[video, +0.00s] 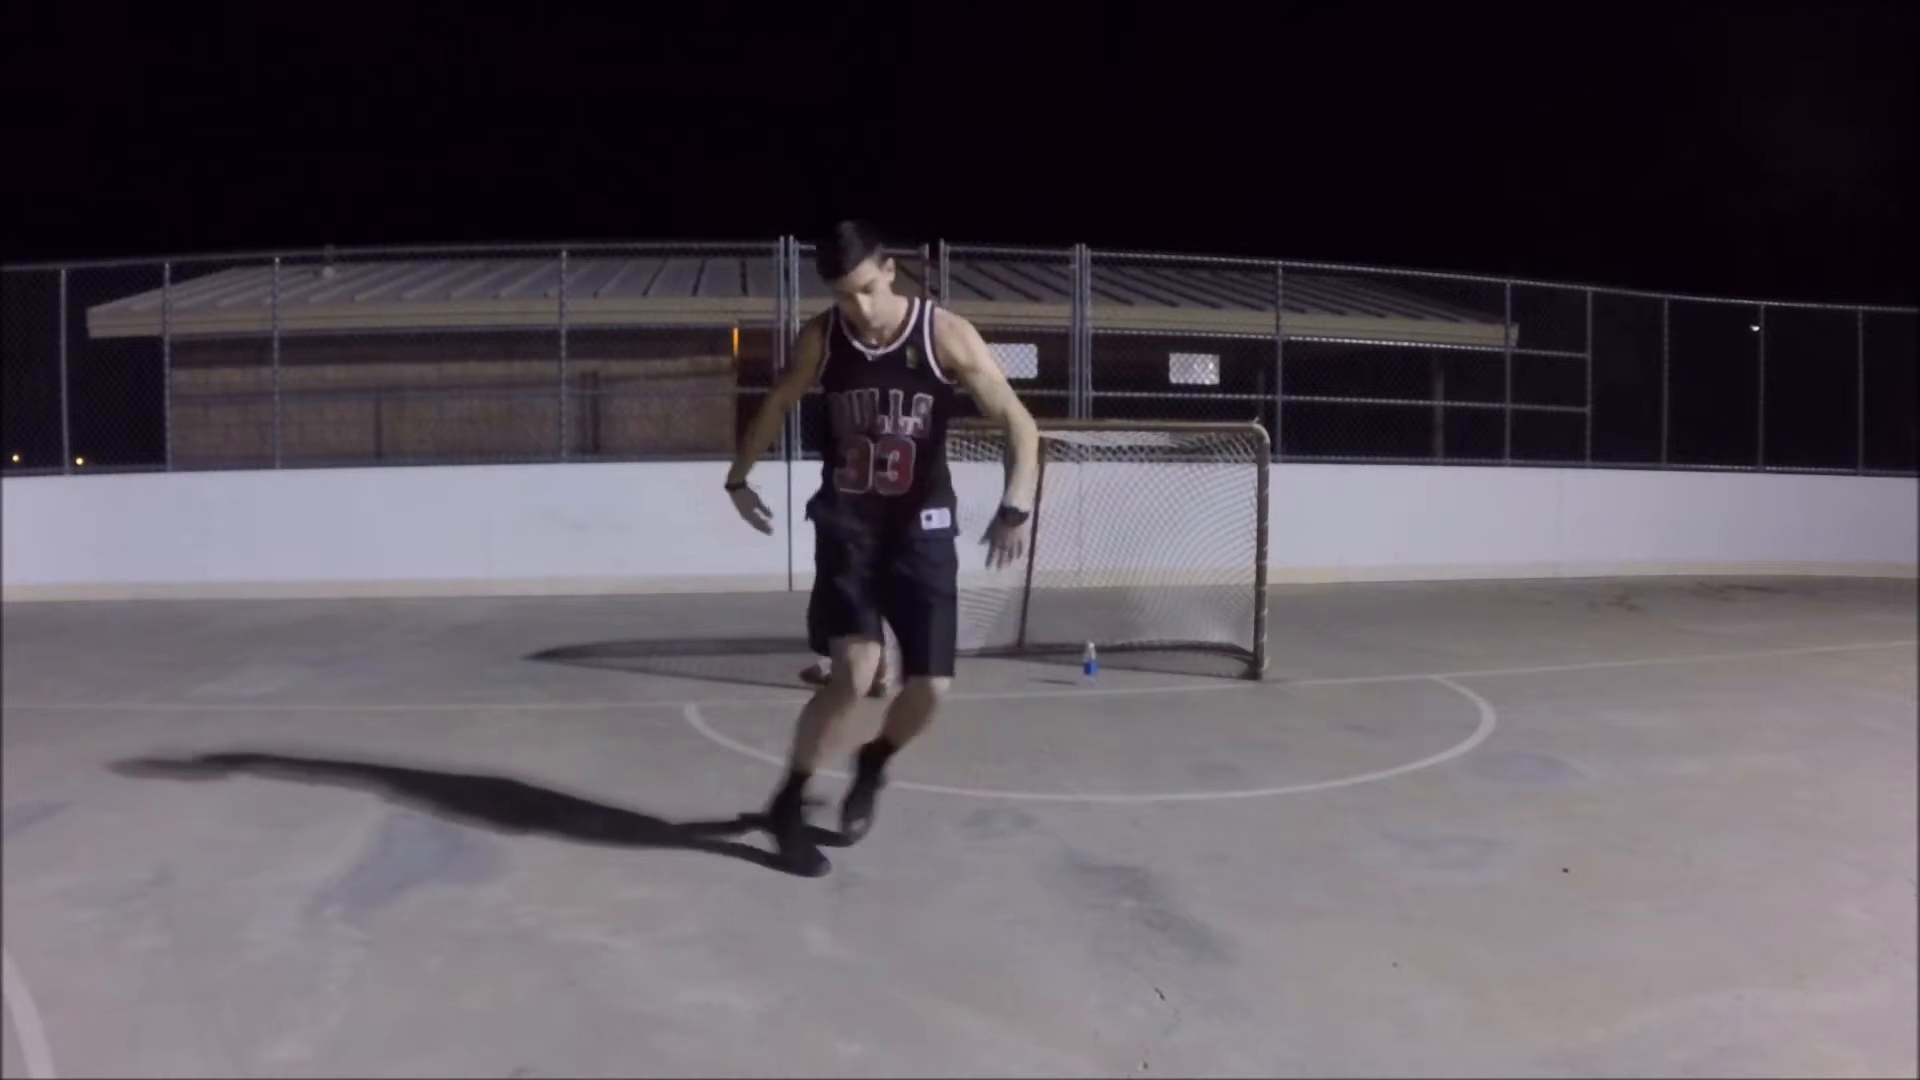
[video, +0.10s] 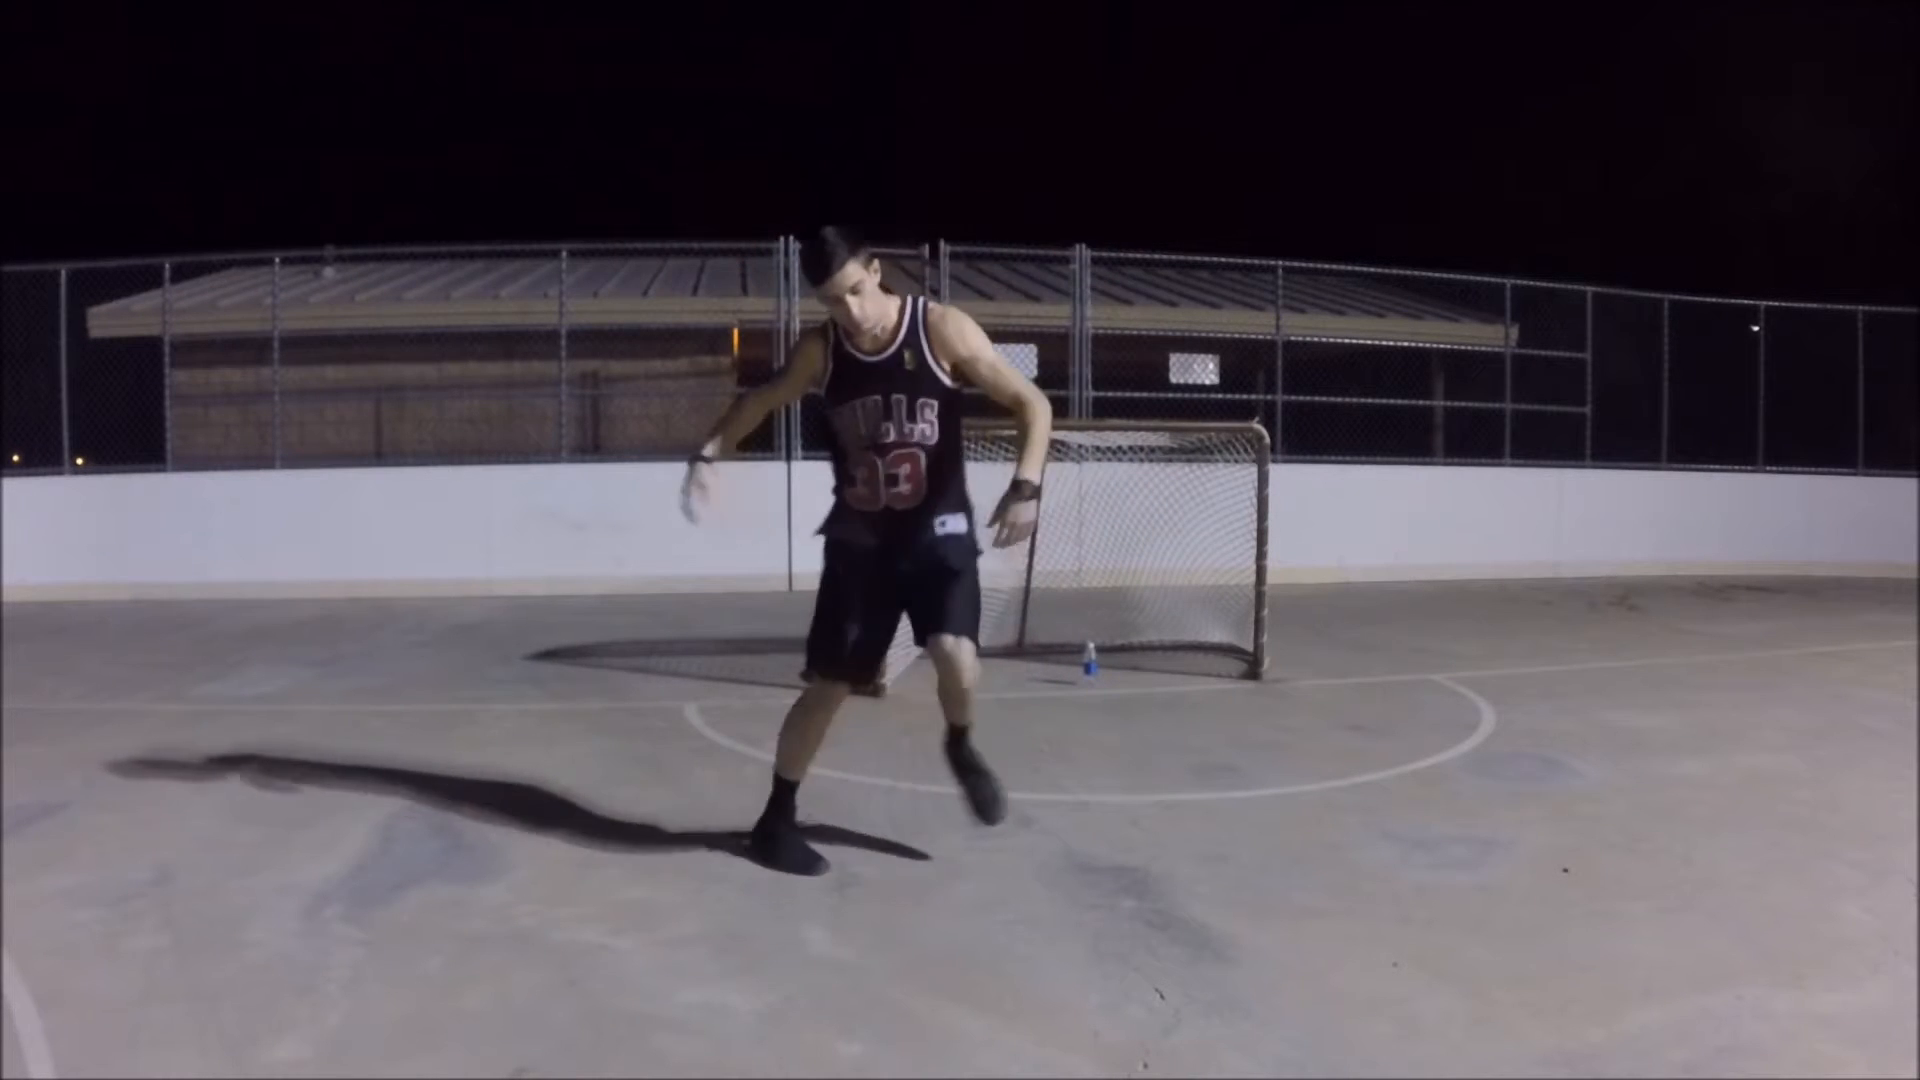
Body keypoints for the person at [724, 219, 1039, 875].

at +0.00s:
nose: (857, 308)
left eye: (866, 290)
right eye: (843, 295)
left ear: (890, 271)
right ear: (830, 289)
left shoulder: (946, 335)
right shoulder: (823, 338)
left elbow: (1020, 423)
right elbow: (780, 402)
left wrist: (1016, 506)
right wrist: (739, 474)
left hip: (922, 527)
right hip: (847, 525)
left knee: (927, 688)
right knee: (856, 675)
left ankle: (872, 764)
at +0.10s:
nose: (849, 310)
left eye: (855, 291)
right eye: (832, 299)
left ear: (876, 271)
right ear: (817, 296)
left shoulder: (944, 329)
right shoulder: (820, 349)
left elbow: (1034, 405)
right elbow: (766, 398)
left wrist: (1026, 488)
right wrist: (709, 452)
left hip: (939, 532)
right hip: (858, 540)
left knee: (957, 661)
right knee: (828, 684)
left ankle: (961, 747)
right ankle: (775, 823)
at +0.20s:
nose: (863, 296)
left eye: (870, 277)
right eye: (847, 286)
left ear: (889, 256)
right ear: (831, 282)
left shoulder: (951, 307)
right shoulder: (832, 330)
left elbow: (1037, 378)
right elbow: (762, 395)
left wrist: (1050, 469)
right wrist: (679, 439)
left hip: (963, 498)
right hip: (890, 502)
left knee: (945, 640)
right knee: (880, 666)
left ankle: (984, 794)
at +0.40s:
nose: (912, 298)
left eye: (923, 279)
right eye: (894, 285)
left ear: (938, 265)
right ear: (869, 278)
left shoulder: (979, 323)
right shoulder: (853, 335)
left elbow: (1053, 396)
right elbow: (769, 379)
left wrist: (1118, 463)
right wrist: (686, 386)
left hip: (986, 519)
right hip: (925, 528)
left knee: (947, 671)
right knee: (987, 670)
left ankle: (931, 852)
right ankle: (1083, 791)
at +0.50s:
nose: (909, 288)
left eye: (918, 271)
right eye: (894, 275)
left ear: (940, 251)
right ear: (875, 268)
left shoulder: (989, 307)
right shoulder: (863, 316)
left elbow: (1075, 378)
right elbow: (781, 365)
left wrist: (1147, 441)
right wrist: (686, 394)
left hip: (978, 514)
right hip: (909, 515)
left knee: (950, 670)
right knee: (898, 685)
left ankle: (986, 832)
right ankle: (988, 754)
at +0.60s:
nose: (906, 284)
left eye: (916, 267)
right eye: (893, 271)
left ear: (943, 252)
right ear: (875, 266)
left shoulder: (995, 313)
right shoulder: (862, 321)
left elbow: (1090, 357)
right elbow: (778, 364)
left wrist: (1185, 392)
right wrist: (679, 386)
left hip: (970, 530)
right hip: (893, 526)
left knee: (964, 683)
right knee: (854, 676)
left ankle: (989, 838)